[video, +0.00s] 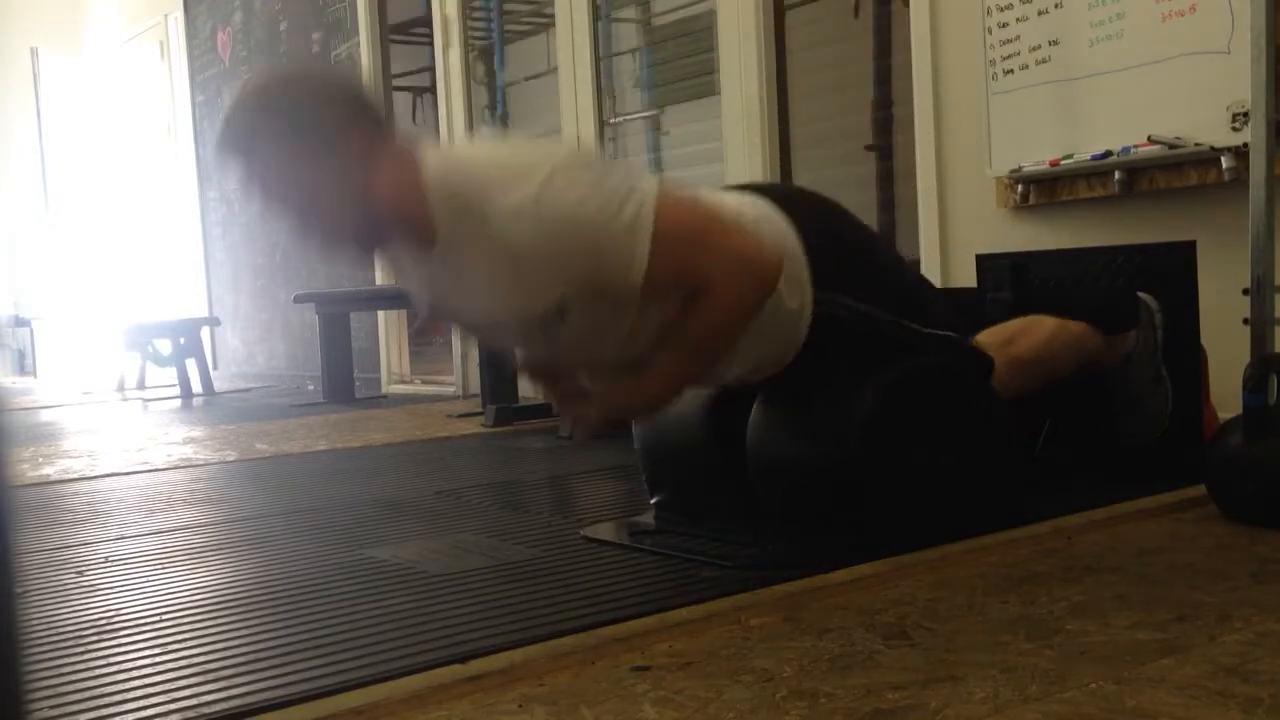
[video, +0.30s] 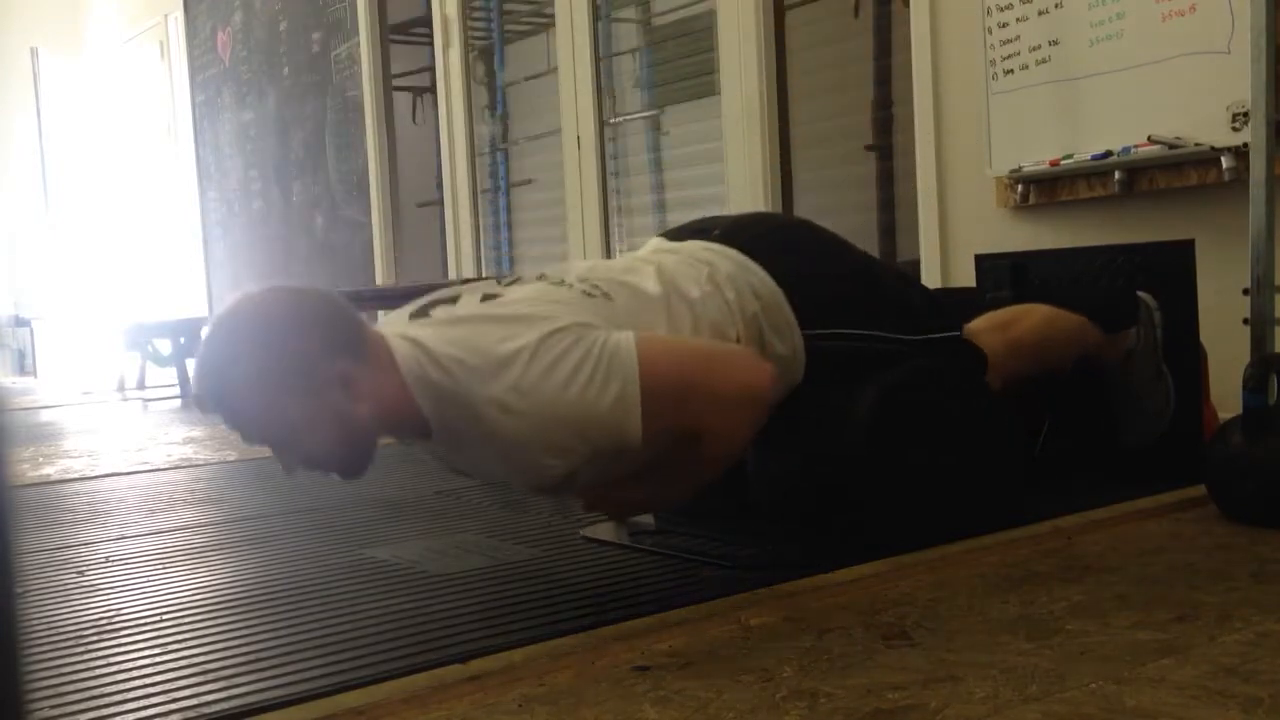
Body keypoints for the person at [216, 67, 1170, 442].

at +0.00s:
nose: (286, 212)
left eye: (286, 183)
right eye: (269, 195)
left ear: (346, 146)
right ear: (307, 177)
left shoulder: (508, 198)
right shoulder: (407, 236)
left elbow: (747, 266)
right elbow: (552, 293)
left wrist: (642, 385)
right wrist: (569, 368)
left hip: (799, 270)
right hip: (714, 311)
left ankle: (1072, 345)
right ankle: (990, 351)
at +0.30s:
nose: (290, 453)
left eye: (280, 429)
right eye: (266, 439)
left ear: (337, 374)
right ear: (335, 345)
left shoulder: (513, 382)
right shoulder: (402, 358)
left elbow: (750, 396)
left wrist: (634, 493)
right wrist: (602, 476)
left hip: (769, 294)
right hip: (709, 259)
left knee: (954, 341)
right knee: (918, 311)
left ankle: (1102, 328)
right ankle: (1092, 297)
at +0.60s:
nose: (337, 277)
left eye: (337, 244)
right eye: (320, 257)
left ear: (399, 201)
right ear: (384, 214)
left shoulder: (554, 244)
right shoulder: (459, 263)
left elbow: (787, 296)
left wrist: (685, 400)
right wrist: (609, 391)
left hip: (821, 247)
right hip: (727, 285)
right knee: (700, 493)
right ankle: (957, 370)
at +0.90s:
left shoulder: (764, 3)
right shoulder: (574, 11)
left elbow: (882, 92)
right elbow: (633, 114)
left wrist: (741, 186)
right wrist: (655, 173)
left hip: (886, 235)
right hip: (784, 270)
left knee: (956, 441)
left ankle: (1104, 349)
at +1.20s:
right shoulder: (729, 3)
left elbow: (1002, 29)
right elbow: (729, 67)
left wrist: (843, 82)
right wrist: (729, 113)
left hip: (932, 208)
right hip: (814, 231)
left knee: (967, 444)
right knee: (841, 450)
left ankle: (1109, 346)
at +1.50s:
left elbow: (1046, 28)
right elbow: (776, 59)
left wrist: (890, 53)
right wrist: (777, 100)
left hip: (957, 201)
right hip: (838, 216)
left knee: (983, 438)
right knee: (853, 433)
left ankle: (1114, 349)